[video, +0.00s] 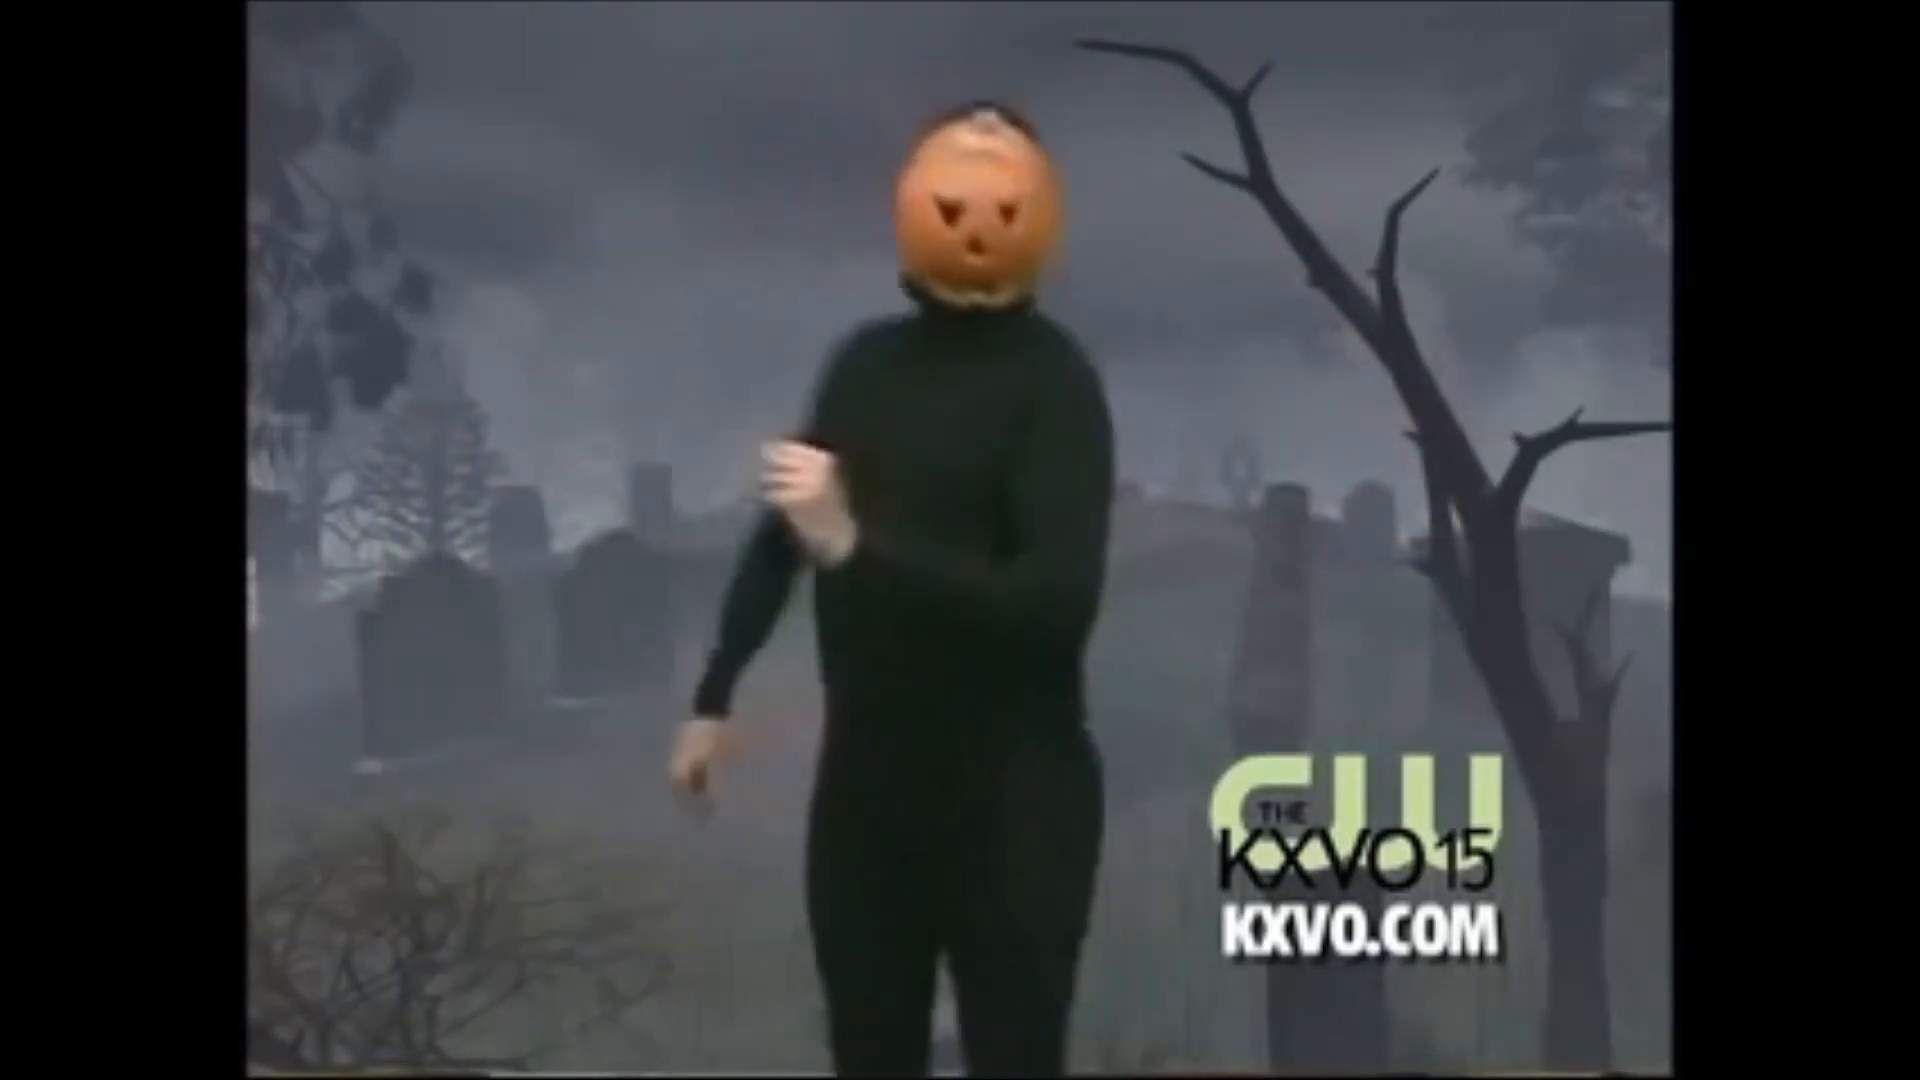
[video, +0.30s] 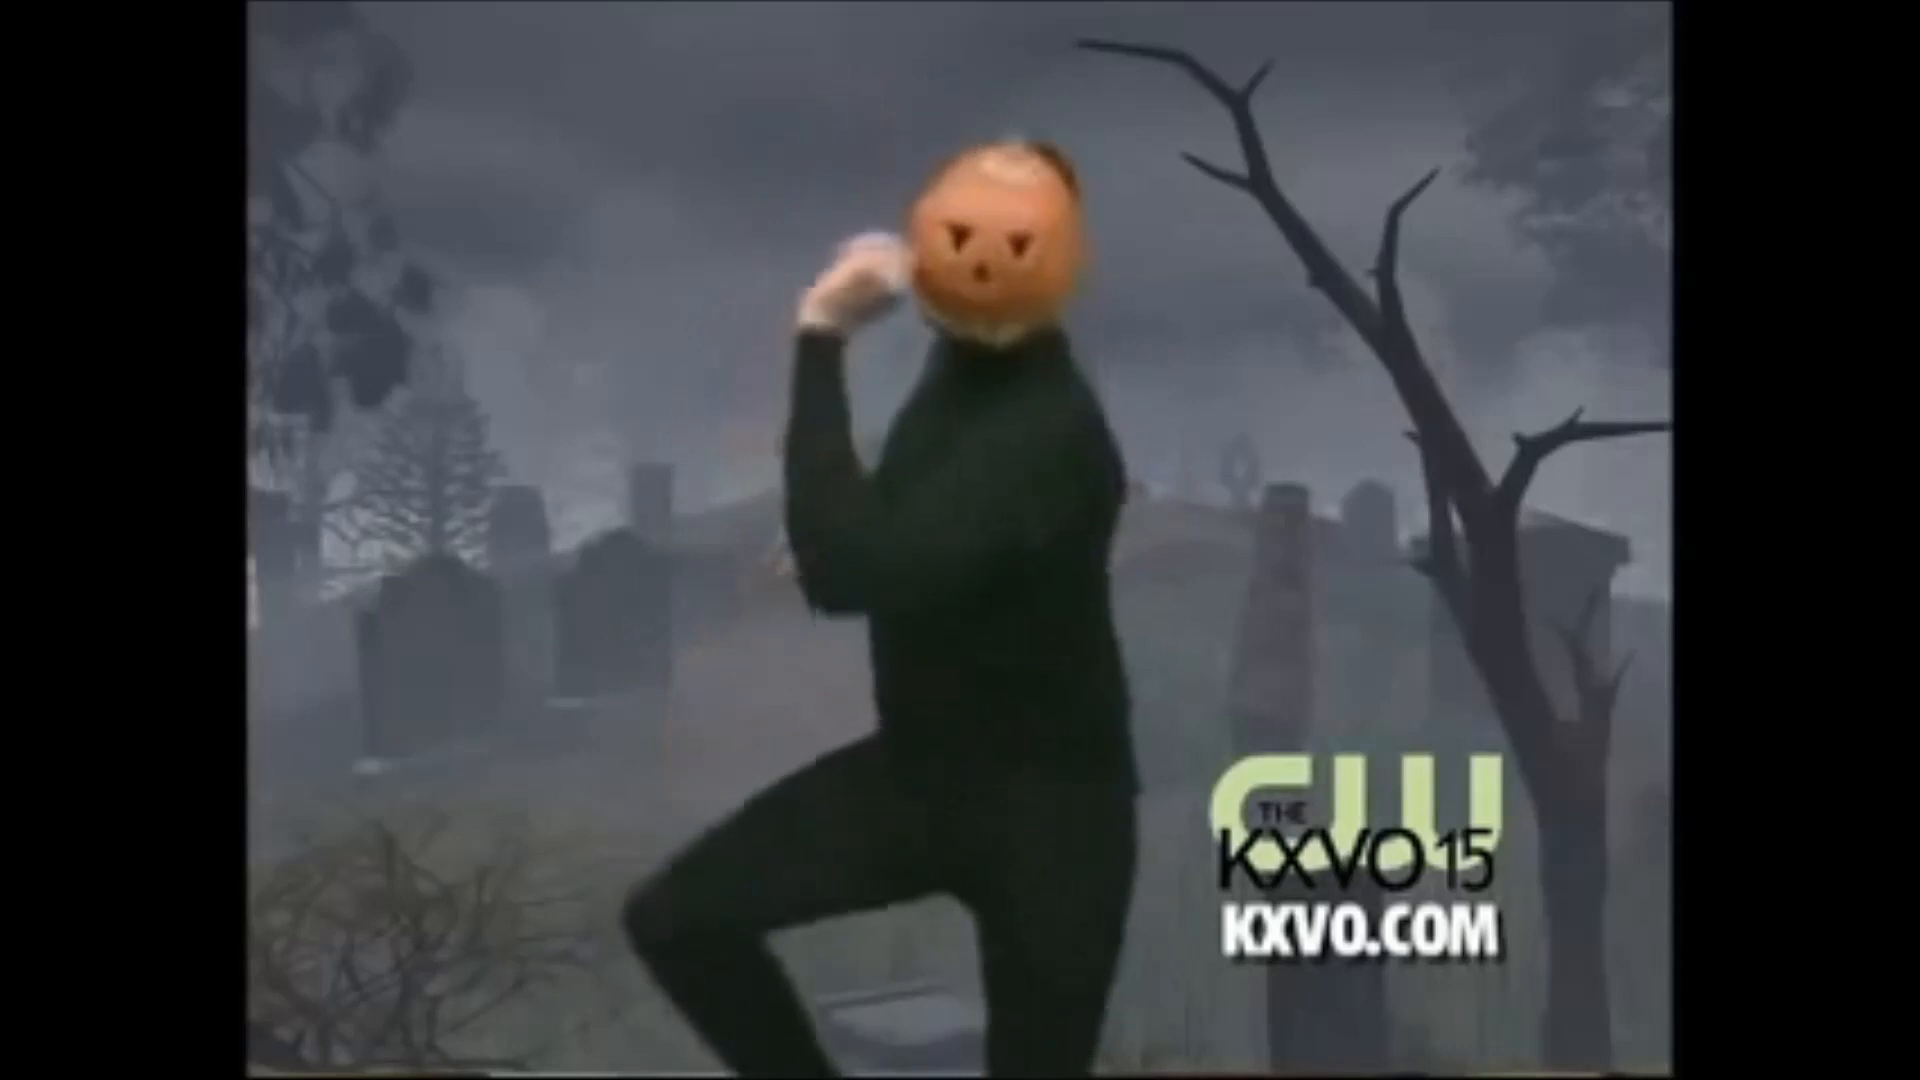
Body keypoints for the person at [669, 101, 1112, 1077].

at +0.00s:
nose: (976, 232)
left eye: (1006, 212)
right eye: (948, 207)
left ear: (1044, 231)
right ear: (902, 217)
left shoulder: (1056, 384)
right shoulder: (866, 364)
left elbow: (1055, 607)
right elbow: (786, 532)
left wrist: (851, 546)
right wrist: (712, 701)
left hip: (1016, 788)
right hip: (871, 779)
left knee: (1014, 1057)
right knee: (872, 1057)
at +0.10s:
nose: (978, 250)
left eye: (1011, 229)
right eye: (951, 224)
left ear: (1054, 251)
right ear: (911, 235)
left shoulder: (1055, 399)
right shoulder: (929, 372)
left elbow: (1011, 608)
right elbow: (889, 544)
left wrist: (804, 508)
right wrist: (754, 638)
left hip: (1033, 796)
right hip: (913, 781)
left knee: (1022, 1060)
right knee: (755, 1031)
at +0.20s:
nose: (978, 287)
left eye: (1014, 265)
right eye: (953, 258)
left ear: (1058, 289)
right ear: (916, 264)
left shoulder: (1055, 443)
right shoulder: (958, 406)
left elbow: (911, 607)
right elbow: (923, 530)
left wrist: (782, 411)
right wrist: (834, 565)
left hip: (1055, 828)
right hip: (929, 801)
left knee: (1035, 1061)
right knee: (677, 947)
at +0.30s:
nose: (985, 263)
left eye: (1021, 244)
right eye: (960, 235)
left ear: (1066, 269)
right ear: (918, 249)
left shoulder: (1056, 432)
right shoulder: (950, 392)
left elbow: (843, 569)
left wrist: (820, 340)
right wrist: (836, 555)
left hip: (1051, 808)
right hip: (922, 780)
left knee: (1036, 1062)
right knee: (678, 919)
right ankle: (809, 1073)